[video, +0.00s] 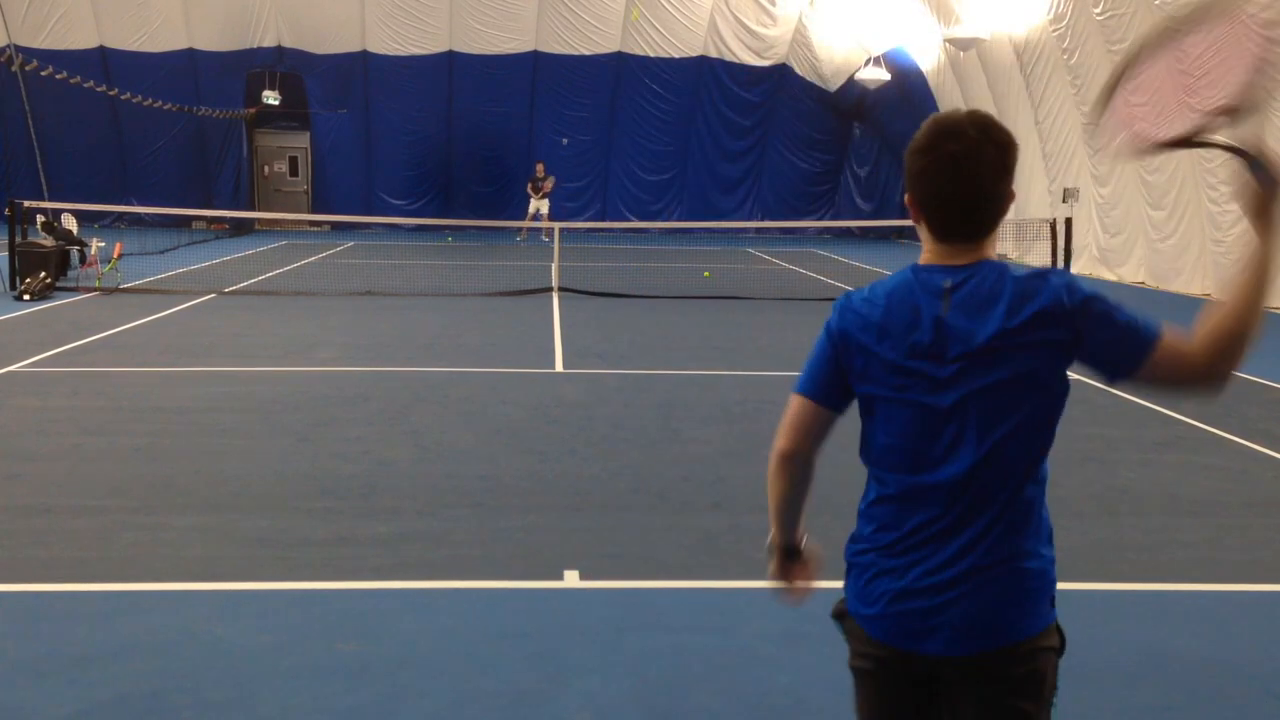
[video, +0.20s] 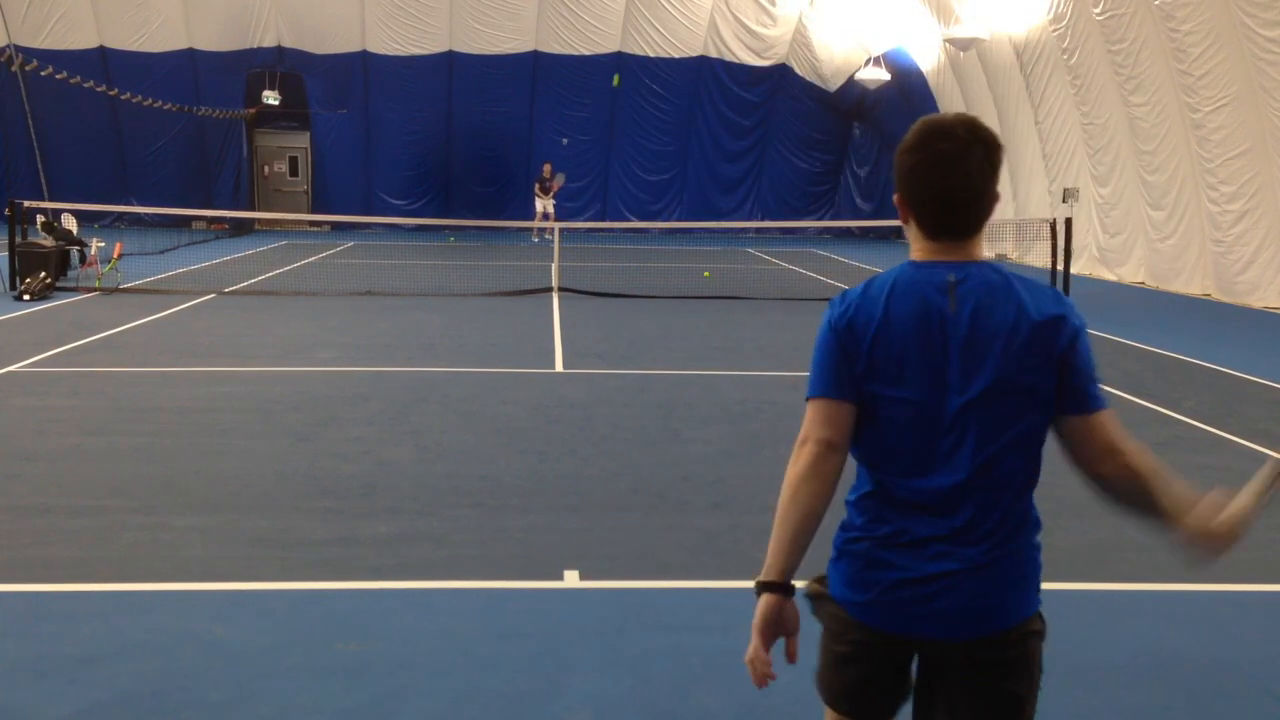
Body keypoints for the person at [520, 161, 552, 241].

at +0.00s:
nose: (539, 169)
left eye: (541, 167)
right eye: (538, 167)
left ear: (543, 168)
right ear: (536, 168)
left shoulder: (547, 179)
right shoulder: (532, 178)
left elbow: (549, 187)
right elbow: (528, 189)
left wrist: (543, 191)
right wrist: (534, 196)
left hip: (544, 200)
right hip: (534, 200)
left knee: (545, 217)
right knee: (529, 217)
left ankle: (545, 235)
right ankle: (523, 234)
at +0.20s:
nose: (547, 169)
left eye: (548, 167)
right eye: (546, 167)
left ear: (551, 169)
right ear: (543, 169)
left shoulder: (552, 178)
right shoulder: (539, 178)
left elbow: (554, 188)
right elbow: (536, 190)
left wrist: (550, 196)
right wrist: (544, 197)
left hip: (548, 198)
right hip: (539, 198)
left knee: (552, 216)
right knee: (539, 215)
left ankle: (548, 233)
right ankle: (535, 233)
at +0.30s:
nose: (552, 172)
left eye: (553, 170)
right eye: (550, 170)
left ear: (555, 171)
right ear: (547, 171)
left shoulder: (556, 182)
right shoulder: (544, 181)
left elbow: (557, 192)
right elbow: (541, 193)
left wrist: (555, 200)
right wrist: (550, 200)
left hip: (551, 201)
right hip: (543, 201)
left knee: (555, 218)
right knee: (545, 217)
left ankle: (550, 236)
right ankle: (536, 235)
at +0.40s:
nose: (557, 173)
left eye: (558, 171)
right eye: (555, 171)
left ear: (559, 173)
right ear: (552, 172)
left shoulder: (557, 183)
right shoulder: (550, 182)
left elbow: (559, 192)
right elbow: (548, 194)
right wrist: (556, 201)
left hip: (553, 202)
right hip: (546, 201)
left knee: (557, 218)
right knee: (554, 215)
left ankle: (552, 235)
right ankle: (545, 231)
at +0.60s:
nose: (568, 179)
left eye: (568, 177)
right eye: (567, 177)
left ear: (563, 177)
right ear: (562, 176)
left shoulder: (558, 184)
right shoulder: (561, 186)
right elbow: (566, 197)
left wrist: (567, 188)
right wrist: (573, 196)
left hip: (548, 203)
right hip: (551, 204)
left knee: (557, 219)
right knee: (563, 218)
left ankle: (551, 235)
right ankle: (561, 236)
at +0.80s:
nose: (572, 181)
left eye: (572, 179)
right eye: (571, 179)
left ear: (570, 179)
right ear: (567, 178)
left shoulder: (562, 184)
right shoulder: (564, 184)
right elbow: (569, 196)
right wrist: (576, 205)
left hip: (554, 204)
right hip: (555, 204)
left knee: (560, 220)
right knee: (566, 217)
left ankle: (551, 235)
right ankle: (563, 236)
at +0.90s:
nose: (572, 178)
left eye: (573, 177)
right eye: (572, 176)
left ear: (572, 177)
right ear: (568, 174)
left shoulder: (569, 183)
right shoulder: (561, 180)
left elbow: (579, 186)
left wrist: (587, 187)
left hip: (563, 203)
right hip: (556, 201)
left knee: (563, 219)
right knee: (565, 217)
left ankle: (553, 232)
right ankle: (563, 236)